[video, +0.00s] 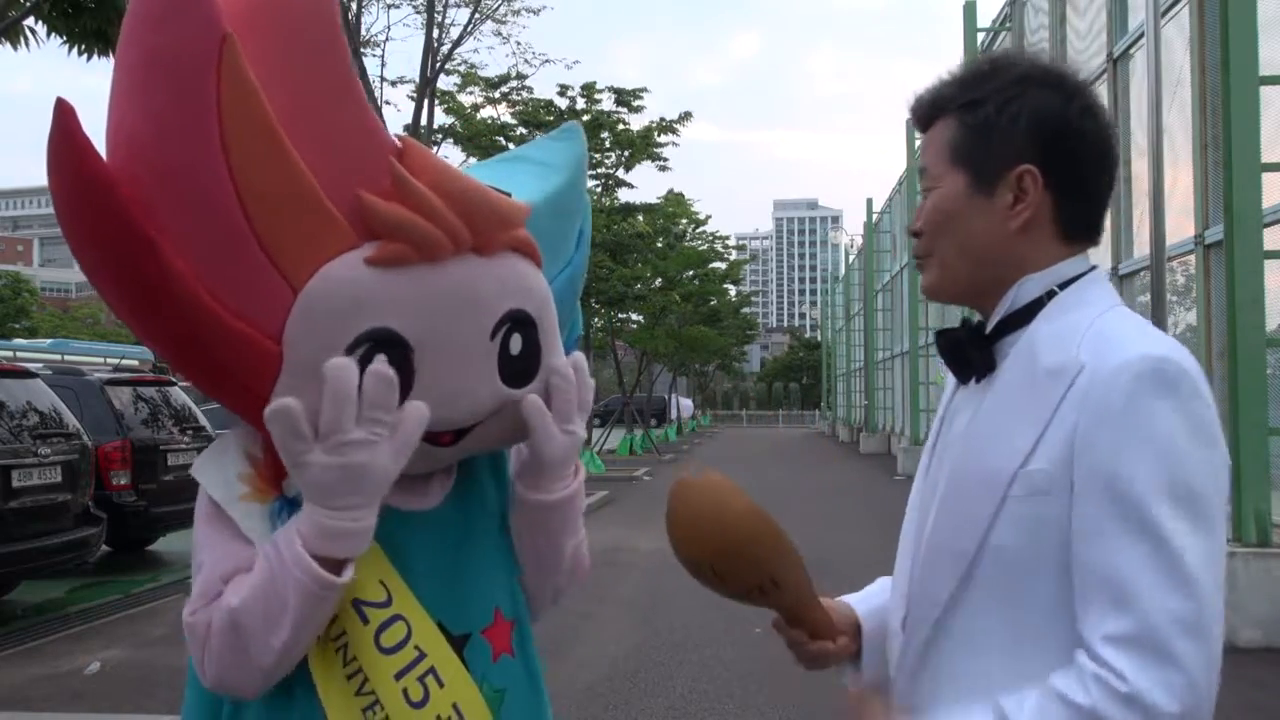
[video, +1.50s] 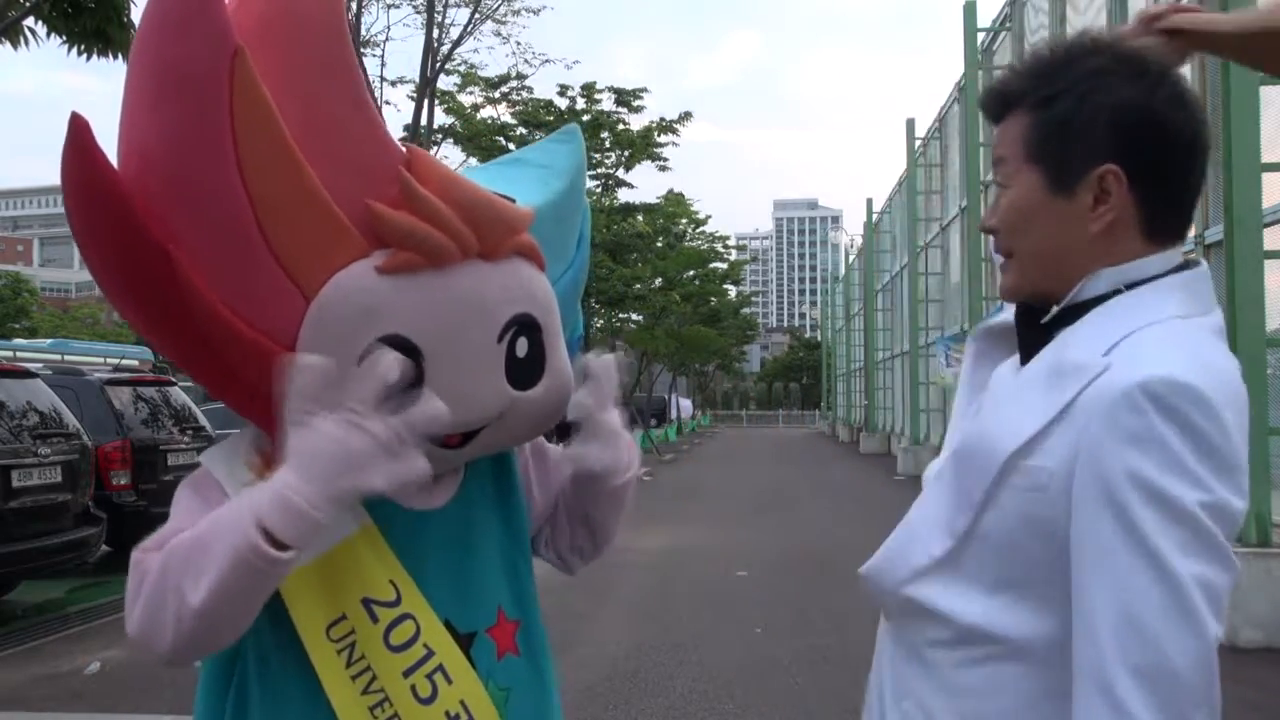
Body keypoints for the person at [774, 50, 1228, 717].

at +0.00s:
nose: (914, 222)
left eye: (929, 186)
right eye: (920, 190)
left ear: (1019, 195)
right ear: (1019, 198)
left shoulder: (1136, 376)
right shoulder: (985, 364)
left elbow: (1151, 686)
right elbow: (959, 580)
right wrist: (855, 622)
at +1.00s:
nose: (935, 222)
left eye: (954, 186)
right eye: (943, 190)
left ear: (1042, 198)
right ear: (1035, 200)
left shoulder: (1142, 356)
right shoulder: (1011, 356)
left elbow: (1139, 668)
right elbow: (964, 551)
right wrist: (823, 574)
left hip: (1020, 705)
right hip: (931, 701)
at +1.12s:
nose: (979, 226)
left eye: (996, 190)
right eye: (985, 194)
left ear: (1090, 203)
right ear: (1085, 205)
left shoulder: (1159, 373)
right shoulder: (1074, 354)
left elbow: (1131, 691)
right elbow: (931, 458)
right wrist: (800, 379)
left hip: (1011, 708)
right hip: (934, 696)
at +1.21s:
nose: (998, 234)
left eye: (1017, 198)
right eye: (1007, 202)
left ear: (1115, 208)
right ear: (1114, 211)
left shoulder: (1158, 385)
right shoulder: (1093, 356)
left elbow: (1134, 700)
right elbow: (949, 369)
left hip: (990, 706)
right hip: (932, 699)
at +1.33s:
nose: (999, 228)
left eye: (1019, 195)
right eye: (1008, 199)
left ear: (1118, 208)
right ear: (1117, 211)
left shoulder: (1153, 390)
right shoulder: (1076, 351)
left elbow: (1143, 701)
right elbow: (988, 288)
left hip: (986, 704)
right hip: (930, 696)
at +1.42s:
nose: (993, 223)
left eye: (1011, 189)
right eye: (1002, 191)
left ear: (1109, 204)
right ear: (1108, 207)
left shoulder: (1149, 389)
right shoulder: (1085, 347)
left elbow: (1141, 700)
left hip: (985, 704)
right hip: (923, 694)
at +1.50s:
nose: (986, 219)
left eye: (1002, 184)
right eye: (992, 187)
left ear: (1102, 198)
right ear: (1099, 200)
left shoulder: (1153, 385)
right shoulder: (1074, 337)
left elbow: (1145, 699)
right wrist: (1118, 71)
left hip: (989, 703)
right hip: (917, 691)